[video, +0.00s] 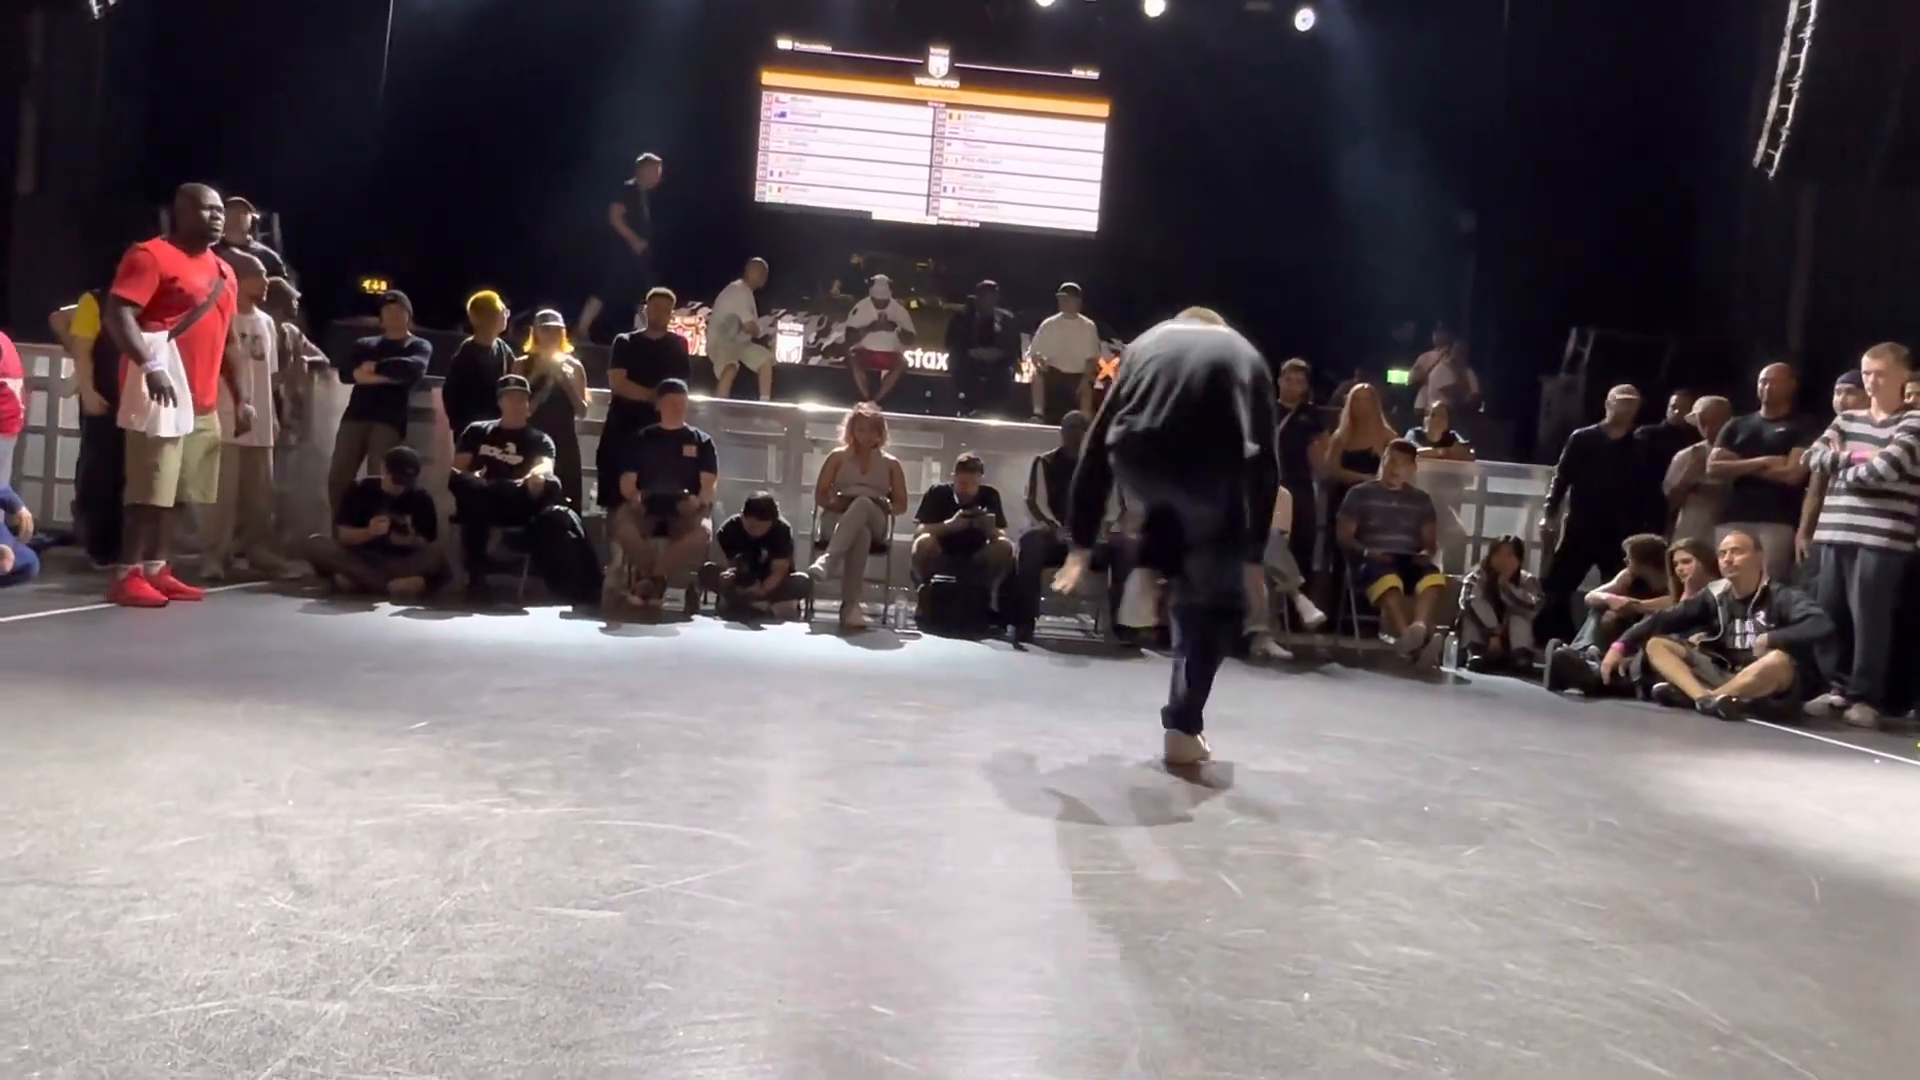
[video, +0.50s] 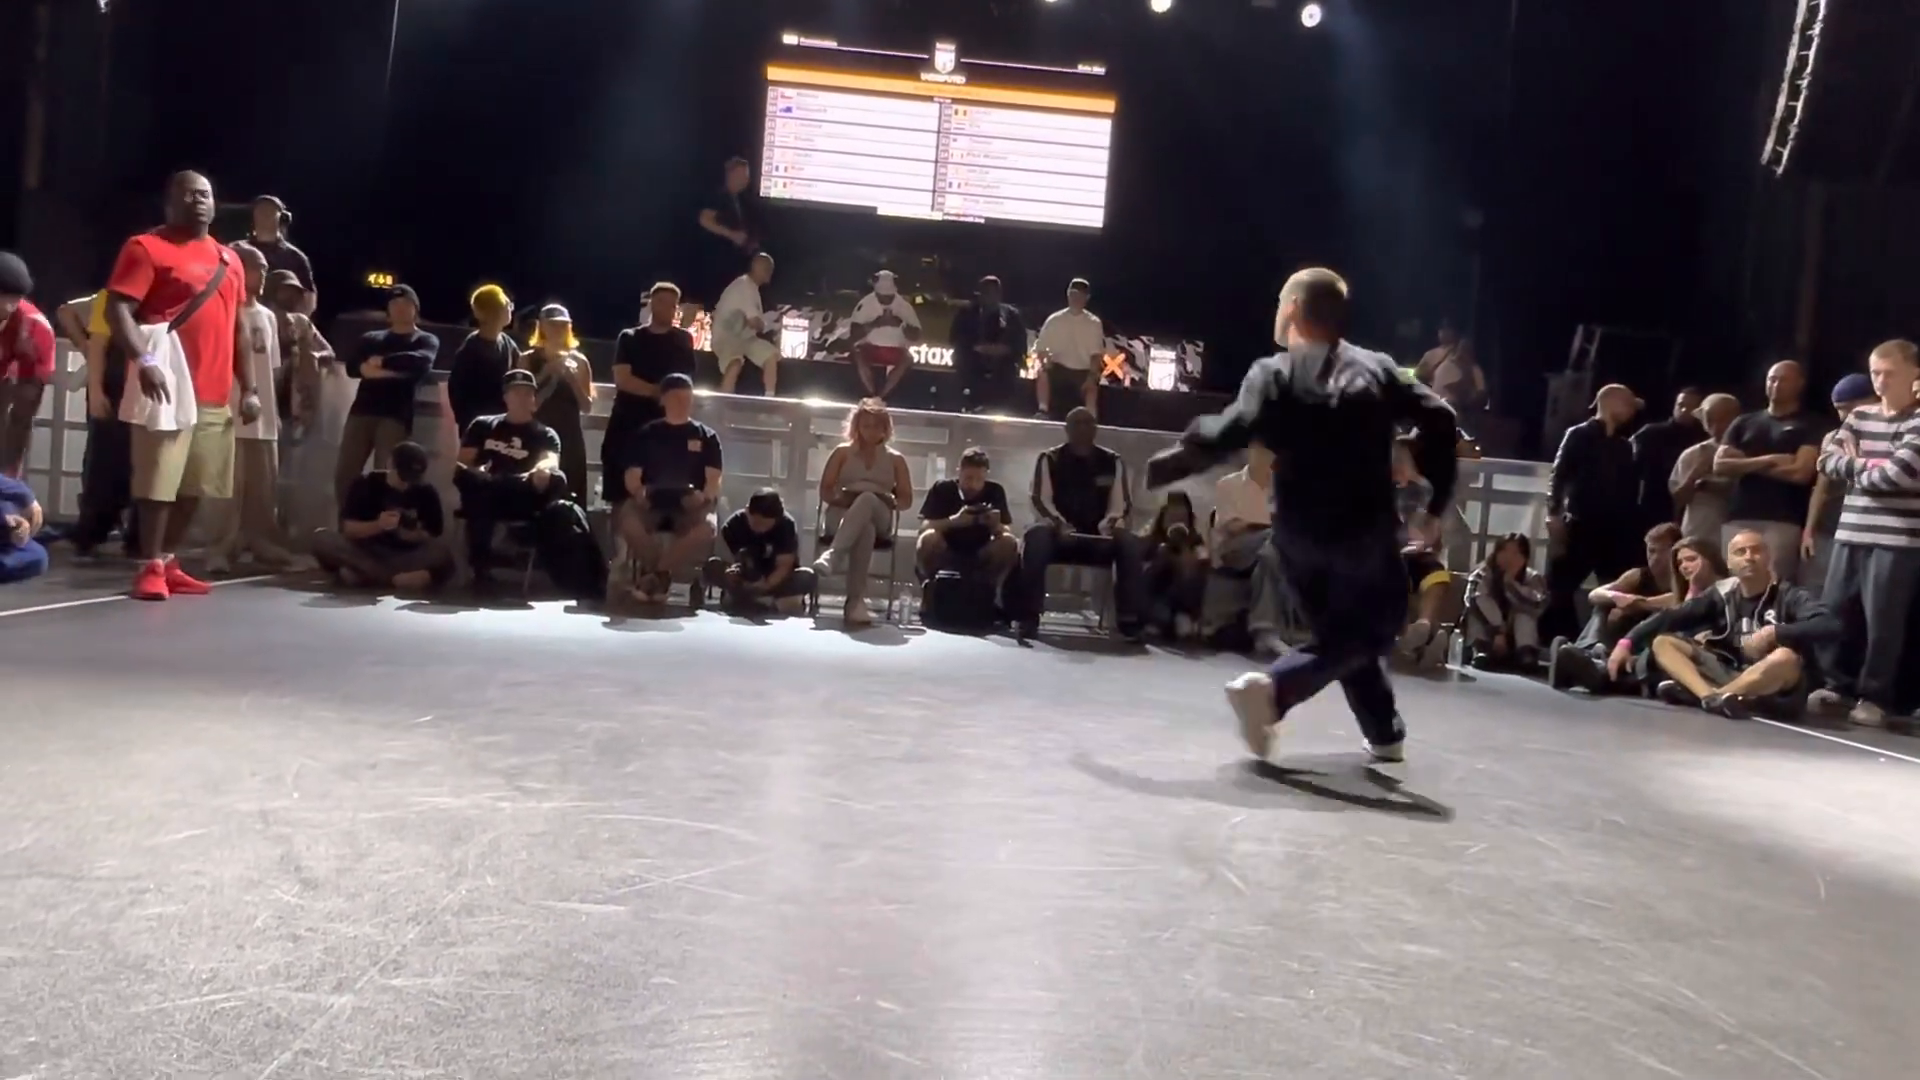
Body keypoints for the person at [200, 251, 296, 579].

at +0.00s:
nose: (265, 283)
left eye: (264, 277)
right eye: (257, 277)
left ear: (262, 282)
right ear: (238, 281)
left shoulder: (266, 323)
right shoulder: (224, 321)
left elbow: (272, 374)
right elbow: (218, 370)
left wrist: (278, 414)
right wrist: (232, 404)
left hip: (262, 420)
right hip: (228, 420)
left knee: (259, 494)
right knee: (224, 494)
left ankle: (260, 551)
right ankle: (217, 555)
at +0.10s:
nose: (263, 280)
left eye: (262, 273)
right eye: (256, 274)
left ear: (258, 279)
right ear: (237, 278)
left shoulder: (265, 320)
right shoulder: (225, 319)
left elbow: (270, 370)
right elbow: (220, 367)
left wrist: (278, 410)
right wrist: (237, 402)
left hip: (261, 417)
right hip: (229, 418)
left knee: (258, 492)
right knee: (226, 493)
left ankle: (261, 551)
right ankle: (218, 554)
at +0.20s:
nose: (260, 279)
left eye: (260, 272)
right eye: (254, 272)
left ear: (258, 277)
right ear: (235, 276)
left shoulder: (263, 319)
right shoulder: (225, 318)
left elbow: (269, 368)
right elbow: (221, 366)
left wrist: (276, 409)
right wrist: (237, 401)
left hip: (261, 416)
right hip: (229, 417)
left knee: (258, 490)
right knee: (226, 491)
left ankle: (261, 548)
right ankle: (217, 553)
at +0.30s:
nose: (259, 279)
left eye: (260, 272)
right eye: (254, 272)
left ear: (258, 277)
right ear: (236, 274)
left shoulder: (263, 317)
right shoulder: (228, 315)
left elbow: (270, 366)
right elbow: (231, 359)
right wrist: (242, 397)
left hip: (262, 412)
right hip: (233, 413)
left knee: (260, 486)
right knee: (229, 487)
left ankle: (262, 546)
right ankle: (222, 550)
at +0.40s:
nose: (261, 278)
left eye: (262, 272)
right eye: (255, 271)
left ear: (261, 276)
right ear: (236, 273)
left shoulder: (264, 317)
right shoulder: (226, 315)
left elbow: (272, 366)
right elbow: (226, 363)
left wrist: (276, 407)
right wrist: (238, 398)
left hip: (262, 413)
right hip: (231, 413)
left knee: (261, 486)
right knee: (228, 487)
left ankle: (263, 546)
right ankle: (221, 550)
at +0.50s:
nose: (262, 277)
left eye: (263, 270)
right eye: (257, 269)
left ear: (263, 275)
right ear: (238, 272)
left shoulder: (266, 316)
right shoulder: (228, 314)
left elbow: (274, 364)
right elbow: (226, 361)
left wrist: (275, 406)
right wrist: (236, 396)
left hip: (264, 412)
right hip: (232, 412)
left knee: (263, 484)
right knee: (229, 485)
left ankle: (264, 543)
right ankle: (223, 547)